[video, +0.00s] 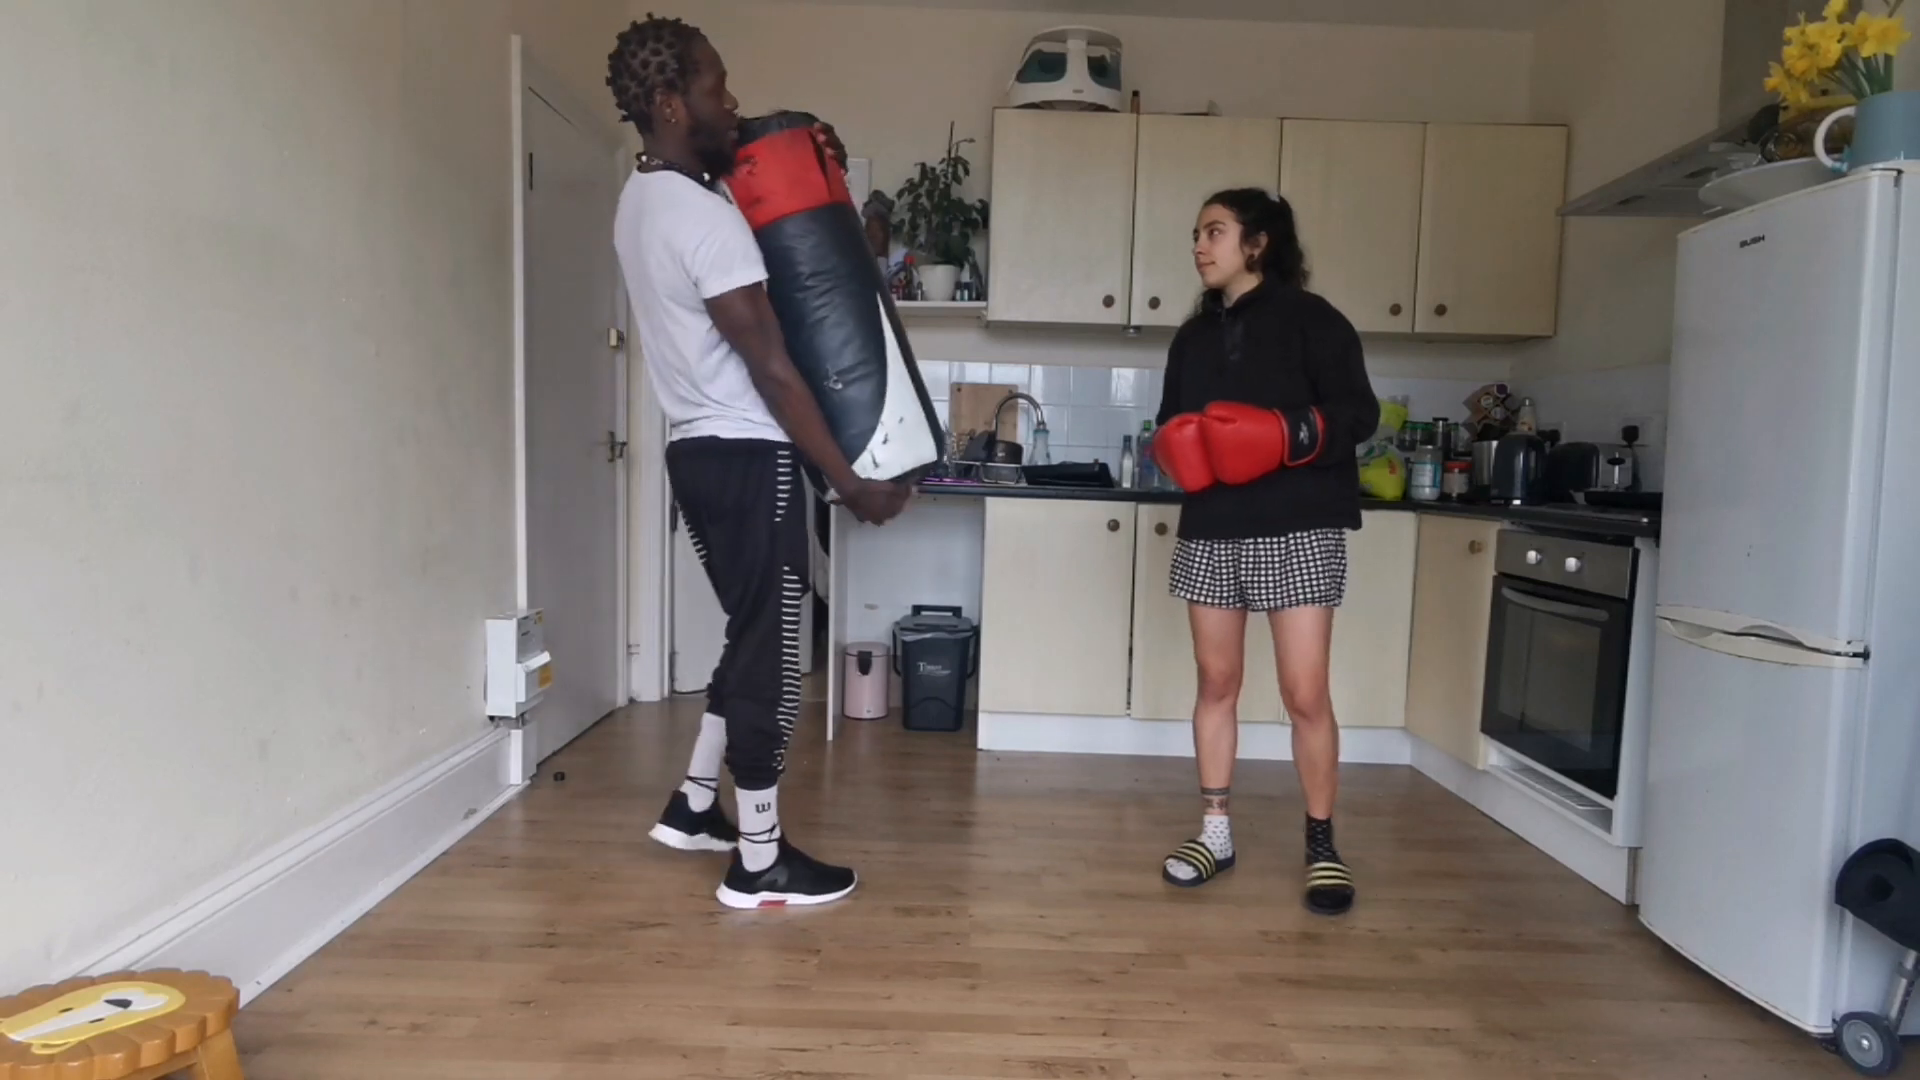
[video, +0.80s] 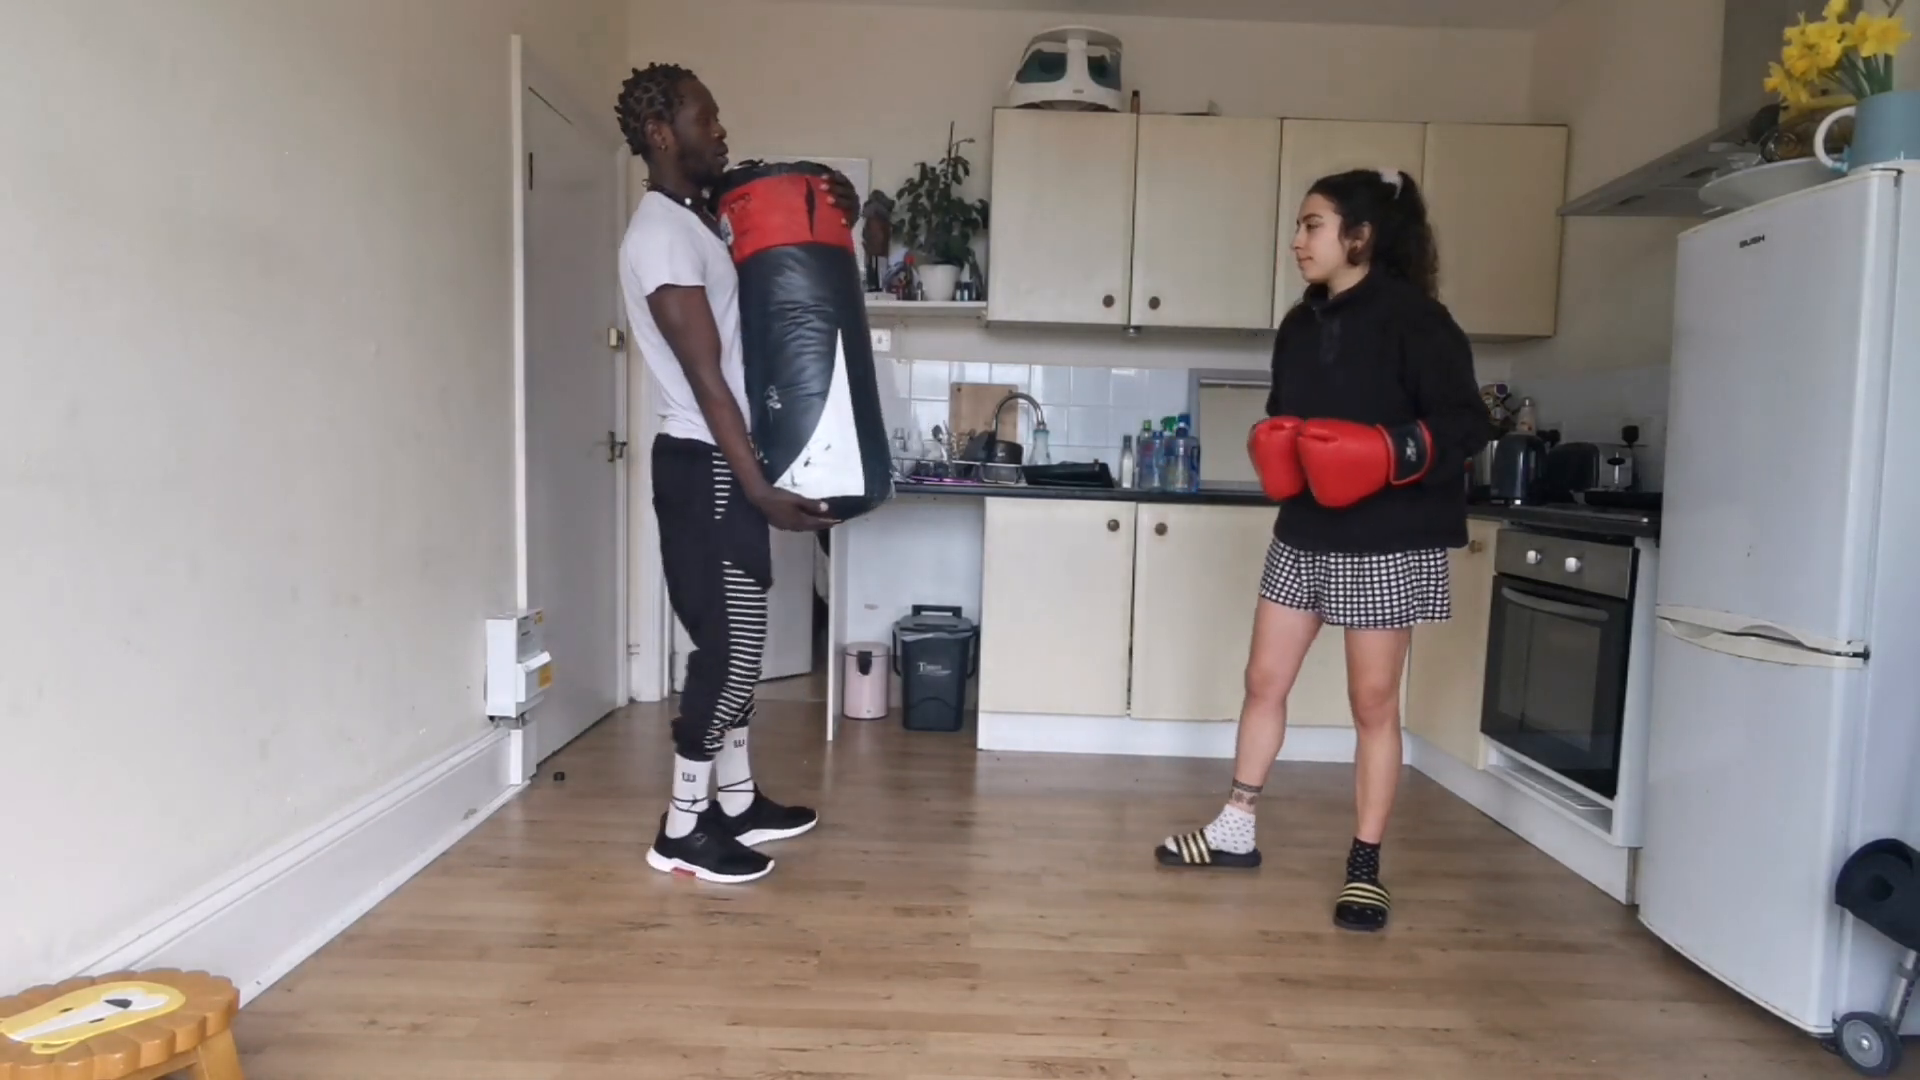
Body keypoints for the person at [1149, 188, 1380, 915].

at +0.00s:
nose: (1199, 245)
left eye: (1214, 233)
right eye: (1198, 234)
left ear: (1258, 243)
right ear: (1207, 248)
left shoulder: (1314, 320)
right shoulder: (1193, 336)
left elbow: (1361, 412)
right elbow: (1171, 433)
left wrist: (1292, 434)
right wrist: (1176, 449)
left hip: (1301, 525)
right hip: (1213, 525)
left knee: (1305, 697)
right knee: (1216, 681)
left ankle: (1321, 844)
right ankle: (1214, 831)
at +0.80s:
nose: (1298, 240)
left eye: (1312, 226)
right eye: (1298, 226)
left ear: (1361, 236)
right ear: (1320, 239)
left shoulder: (1417, 320)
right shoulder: (1300, 327)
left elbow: (1472, 423)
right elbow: (1284, 425)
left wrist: (1400, 450)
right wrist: (1277, 454)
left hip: (1391, 534)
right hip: (1306, 526)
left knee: (1374, 703)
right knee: (1264, 679)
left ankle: (1364, 863)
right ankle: (1235, 825)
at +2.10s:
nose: (1236, 260)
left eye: (1247, 245)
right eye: (1237, 246)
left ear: (1292, 250)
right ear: (1281, 252)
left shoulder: (1341, 320)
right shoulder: (1271, 328)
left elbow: (1355, 436)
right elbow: (1281, 427)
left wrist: (1256, 429)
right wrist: (1220, 430)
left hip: (1343, 533)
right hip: (1277, 527)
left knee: (1330, 694)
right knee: (1223, 666)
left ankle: (1327, 857)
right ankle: (1236, 826)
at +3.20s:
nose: (1181, 264)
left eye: (1192, 251)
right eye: (1181, 252)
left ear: (1234, 257)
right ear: (1213, 258)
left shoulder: (1278, 321)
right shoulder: (1202, 331)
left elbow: (1245, 416)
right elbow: (1180, 434)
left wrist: (1190, 353)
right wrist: (1143, 379)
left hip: (1283, 523)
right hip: (1210, 521)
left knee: (1282, 688)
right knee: (1198, 675)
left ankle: (1293, 835)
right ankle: (1178, 818)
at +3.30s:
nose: (1194, 267)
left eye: (1203, 254)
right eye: (1193, 256)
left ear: (1246, 257)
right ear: (1222, 260)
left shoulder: (1289, 318)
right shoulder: (1217, 326)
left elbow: (1243, 410)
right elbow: (1181, 424)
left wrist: (1204, 332)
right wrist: (1154, 354)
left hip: (1292, 524)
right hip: (1223, 523)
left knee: (1287, 686)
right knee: (1190, 670)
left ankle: (1293, 835)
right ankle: (1177, 818)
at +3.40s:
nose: (1197, 269)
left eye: (1206, 258)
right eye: (1196, 259)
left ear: (1248, 260)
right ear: (1228, 263)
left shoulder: (1291, 319)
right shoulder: (1224, 324)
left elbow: (1242, 412)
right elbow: (1183, 423)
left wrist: (1208, 332)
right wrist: (1159, 347)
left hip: (1298, 527)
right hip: (1228, 526)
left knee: (1290, 688)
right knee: (1172, 659)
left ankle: (1294, 834)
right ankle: (1173, 811)